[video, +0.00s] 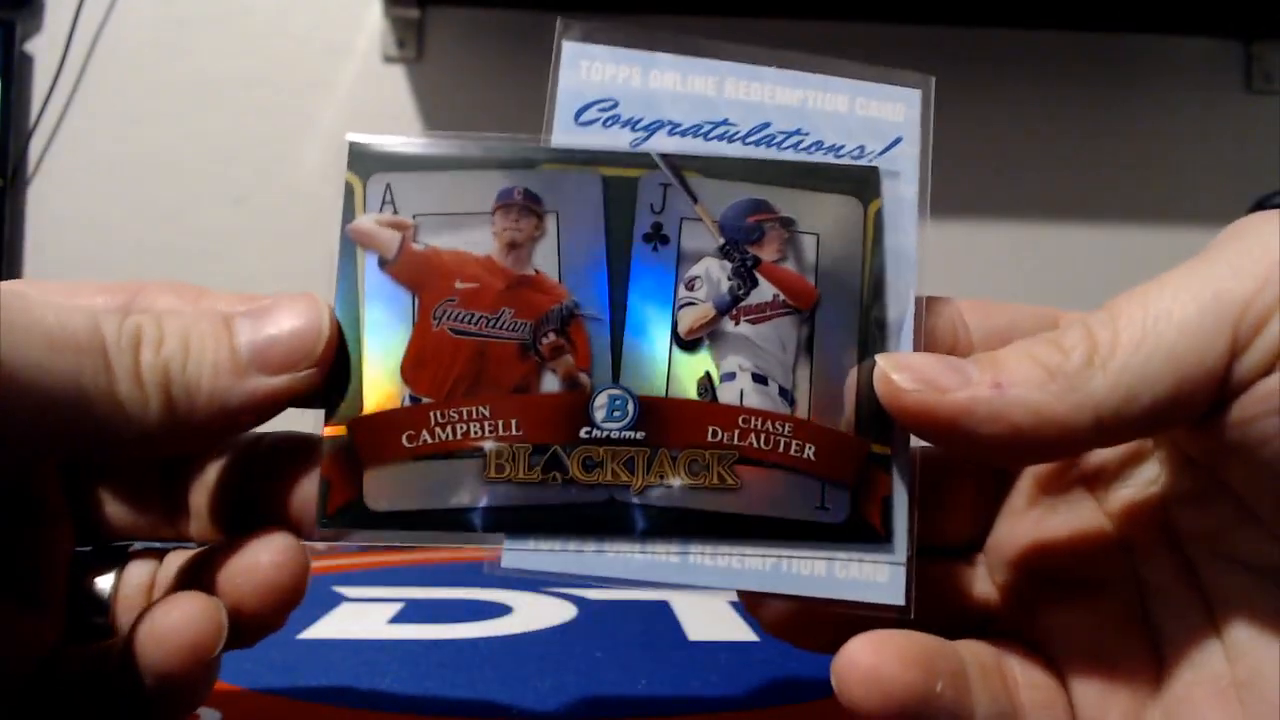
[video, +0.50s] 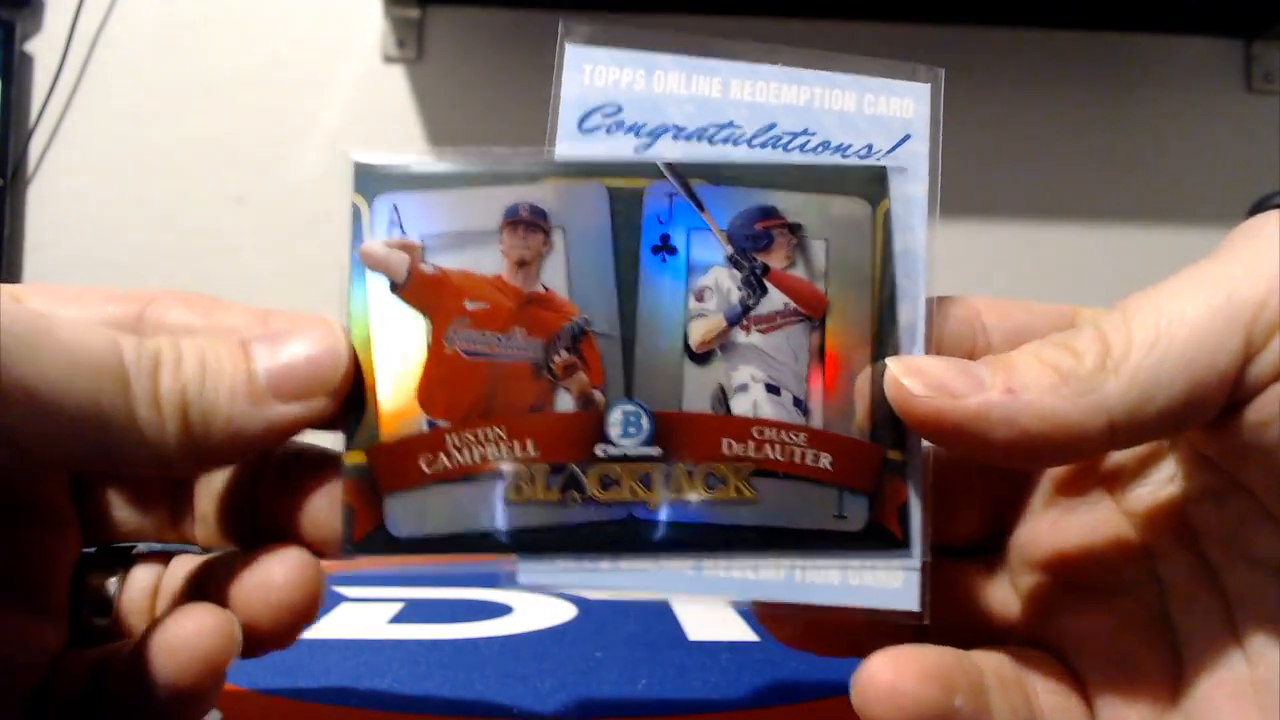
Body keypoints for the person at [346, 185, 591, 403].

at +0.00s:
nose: (513, 219)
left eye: (524, 213)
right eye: (506, 213)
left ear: (539, 228)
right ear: (493, 224)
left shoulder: (554, 299)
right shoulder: (445, 265)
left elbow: (582, 389)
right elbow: (358, 229)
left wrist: (564, 366)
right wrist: (398, 223)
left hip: (507, 429)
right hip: (429, 420)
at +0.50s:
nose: (522, 234)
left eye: (532, 230)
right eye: (514, 228)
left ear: (547, 245)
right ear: (500, 242)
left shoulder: (565, 317)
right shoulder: (456, 287)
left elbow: (597, 409)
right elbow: (370, 252)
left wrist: (579, 386)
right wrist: (404, 248)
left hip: (523, 450)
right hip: (450, 442)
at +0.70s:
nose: (541, 268)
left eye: (551, 262)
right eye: (532, 261)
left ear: (566, 276)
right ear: (520, 273)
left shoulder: (587, 348)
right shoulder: (479, 320)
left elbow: (620, 441)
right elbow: (390, 290)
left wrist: (602, 418)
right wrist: (423, 285)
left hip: (551, 484)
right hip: (474, 477)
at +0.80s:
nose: (554, 274)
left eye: (565, 269)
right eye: (546, 267)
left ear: (580, 284)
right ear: (533, 280)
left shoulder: (599, 356)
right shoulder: (491, 327)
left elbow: (631, 451)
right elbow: (402, 294)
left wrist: (613, 427)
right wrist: (437, 287)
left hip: (559, 494)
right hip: (483, 486)